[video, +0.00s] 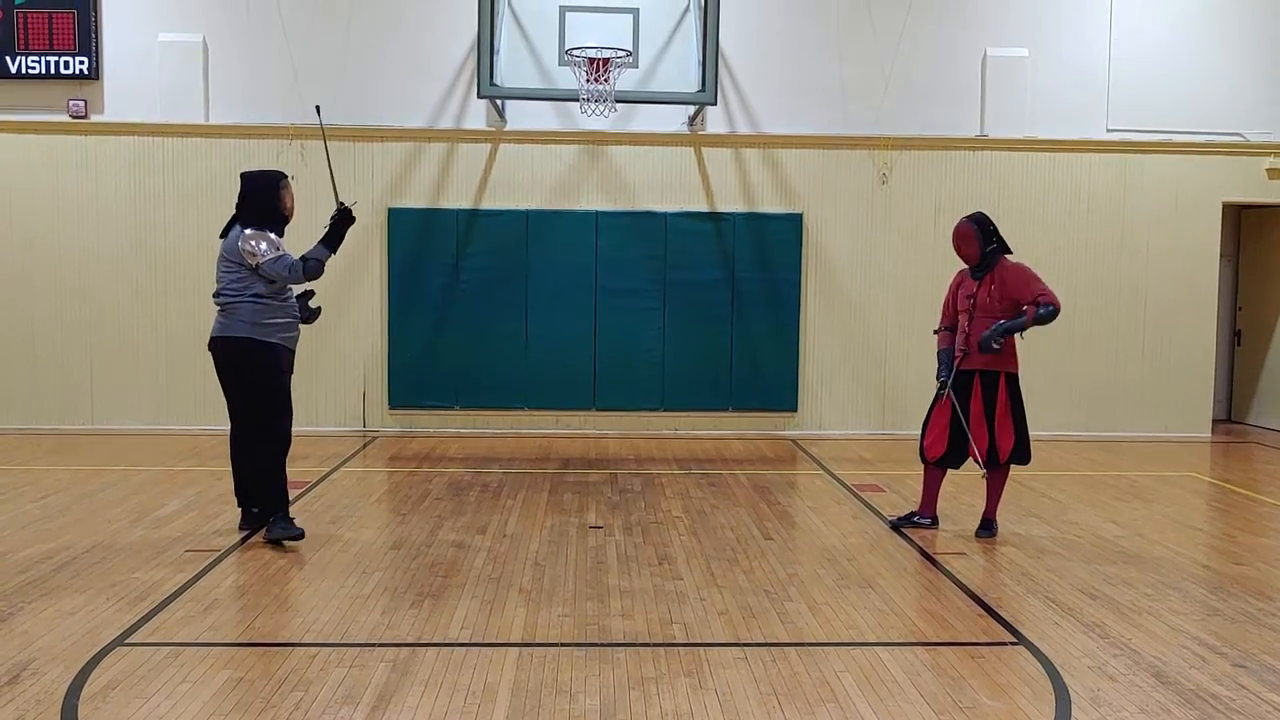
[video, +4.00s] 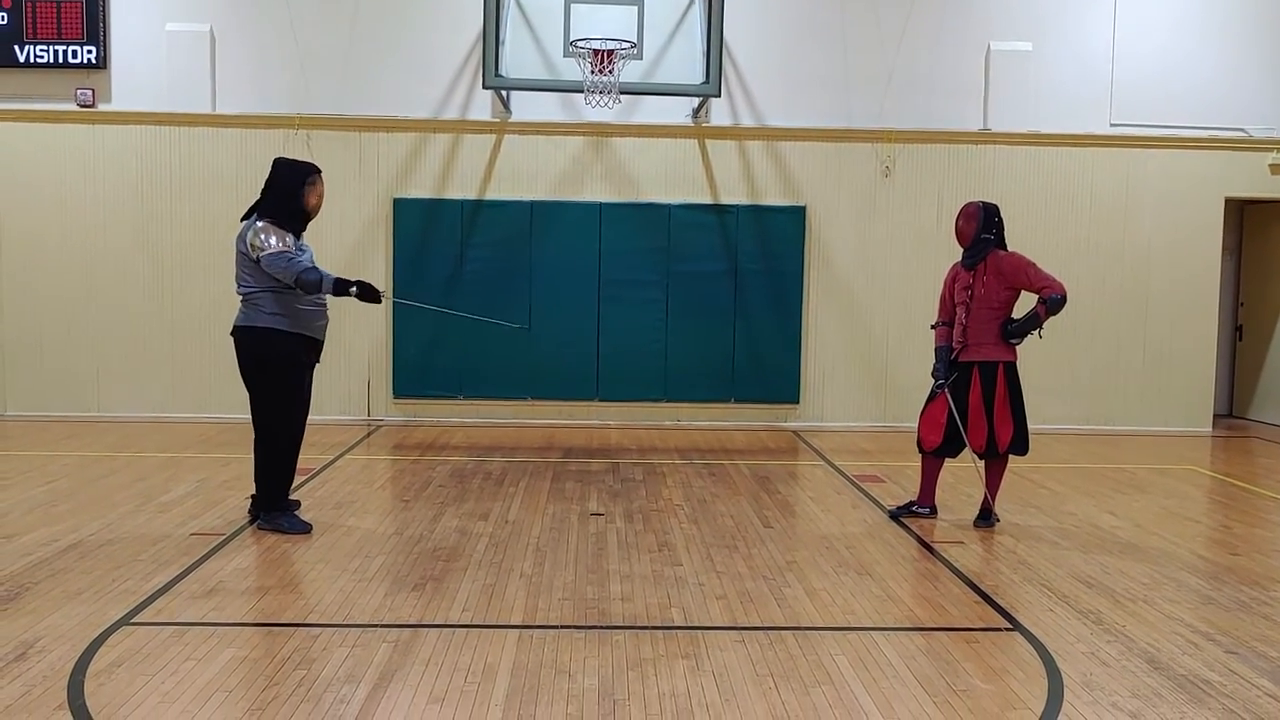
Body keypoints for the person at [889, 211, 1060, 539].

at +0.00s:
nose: (960, 251)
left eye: (964, 244)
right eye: (957, 245)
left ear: (984, 241)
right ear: (960, 245)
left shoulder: (1011, 271)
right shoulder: (961, 279)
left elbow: (1049, 306)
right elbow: (947, 325)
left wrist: (1004, 328)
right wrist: (944, 363)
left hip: (997, 373)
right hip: (960, 373)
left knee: (998, 443)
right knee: (936, 436)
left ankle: (989, 517)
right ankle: (926, 512)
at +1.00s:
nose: (963, 282)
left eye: (970, 274)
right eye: (962, 275)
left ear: (989, 278)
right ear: (963, 279)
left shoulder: (1012, 313)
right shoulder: (960, 321)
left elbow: (1063, 343)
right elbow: (948, 371)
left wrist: (1031, 374)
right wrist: (948, 414)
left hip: (1003, 415)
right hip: (964, 416)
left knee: (1004, 485)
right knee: (941, 477)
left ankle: (996, 558)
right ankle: (934, 553)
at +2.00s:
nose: (947, 263)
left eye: (953, 256)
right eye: (948, 256)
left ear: (971, 260)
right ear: (966, 261)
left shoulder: (996, 295)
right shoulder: (946, 304)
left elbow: (1045, 326)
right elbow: (933, 353)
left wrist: (1014, 358)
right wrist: (931, 394)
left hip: (985, 398)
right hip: (947, 398)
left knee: (986, 468)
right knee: (924, 461)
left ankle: (977, 540)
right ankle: (914, 535)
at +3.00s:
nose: (946, 248)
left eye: (953, 241)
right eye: (947, 241)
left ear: (972, 245)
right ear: (961, 246)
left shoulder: (995, 281)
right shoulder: (946, 291)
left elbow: (1044, 312)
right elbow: (934, 338)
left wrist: (1013, 343)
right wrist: (931, 377)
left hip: (984, 383)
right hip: (947, 383)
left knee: (986, 453)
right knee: (924, 445)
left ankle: (977, 525)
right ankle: (914, 520)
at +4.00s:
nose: (957, 228)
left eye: (963, 221)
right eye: (958, 222)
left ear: (981, 226)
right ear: (978, 226)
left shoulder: (1007, 262)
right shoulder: (957, 271)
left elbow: (1055, 293)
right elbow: (944, 320)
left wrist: (1024, 325)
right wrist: (942, 359)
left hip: (996, 364)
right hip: (958, 364)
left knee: (997, 434)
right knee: (934, 427)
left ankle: (988, 506)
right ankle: (925, 501)